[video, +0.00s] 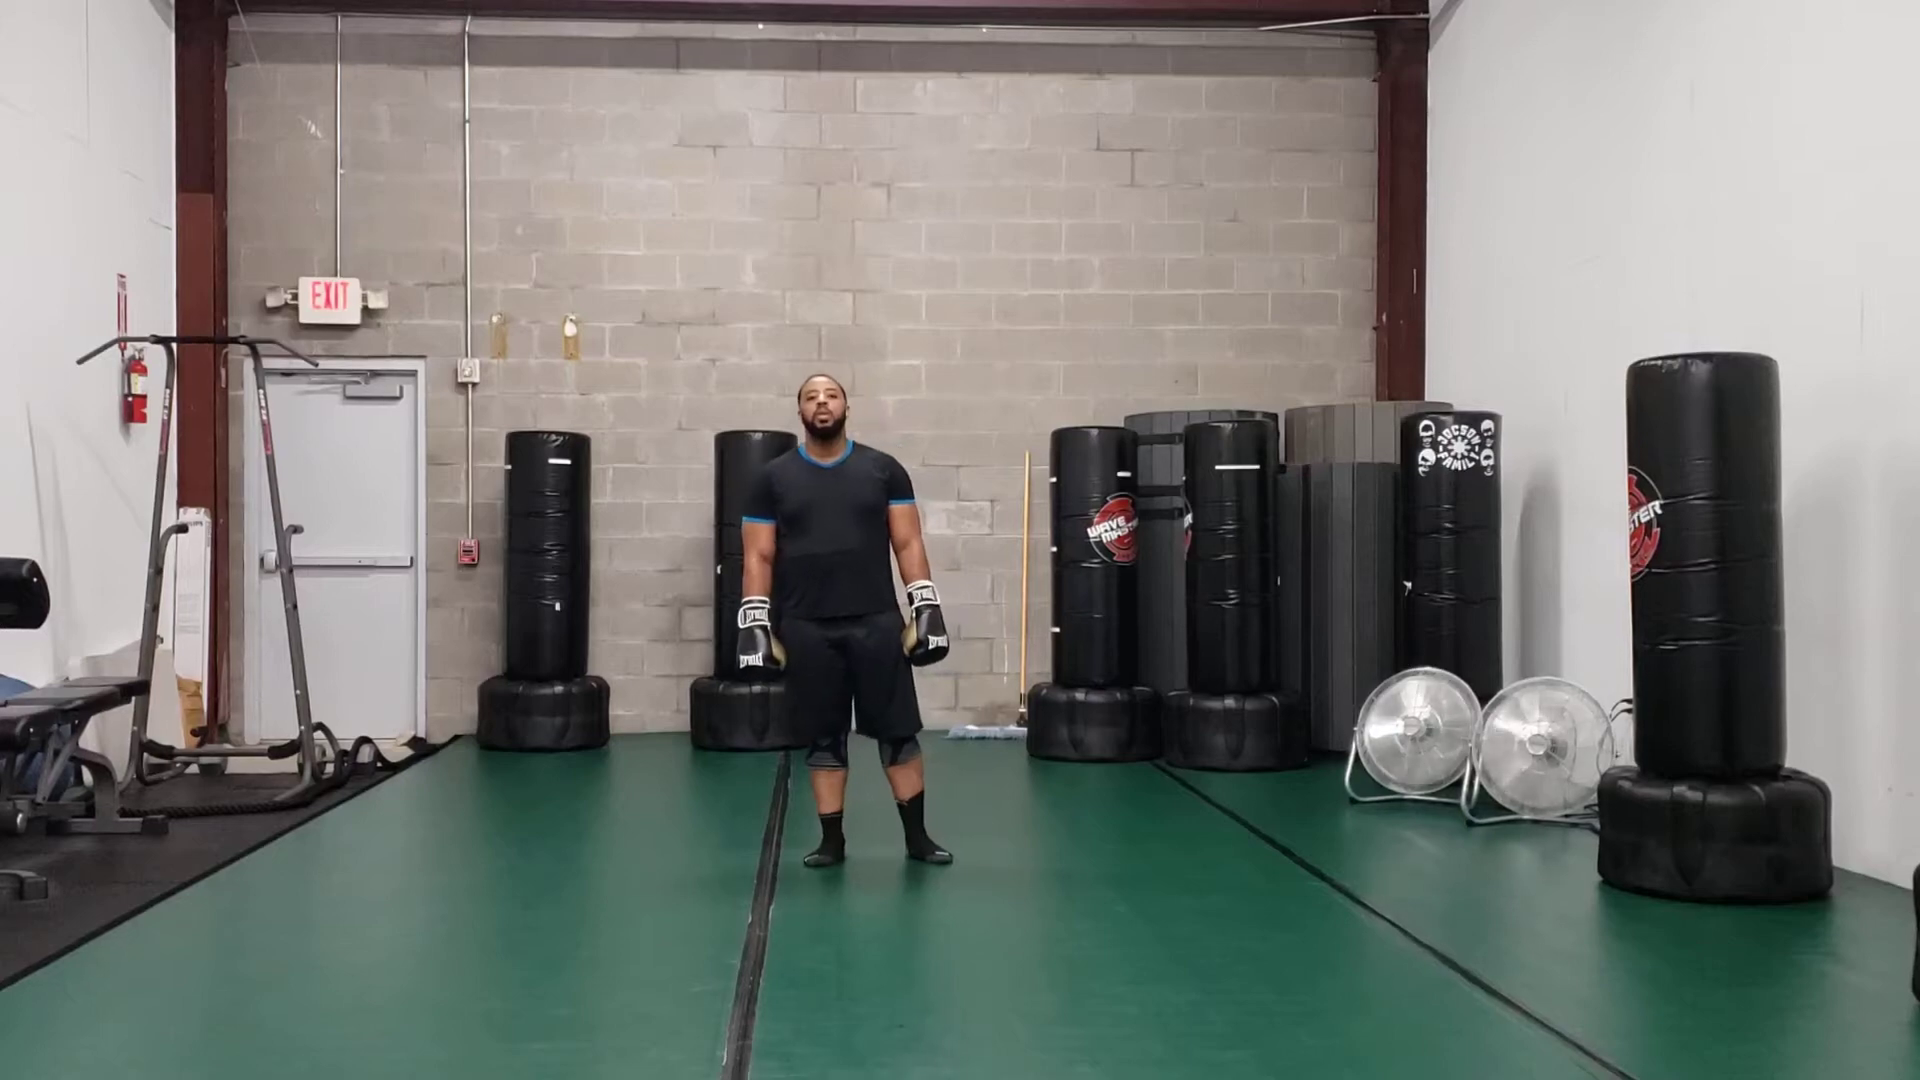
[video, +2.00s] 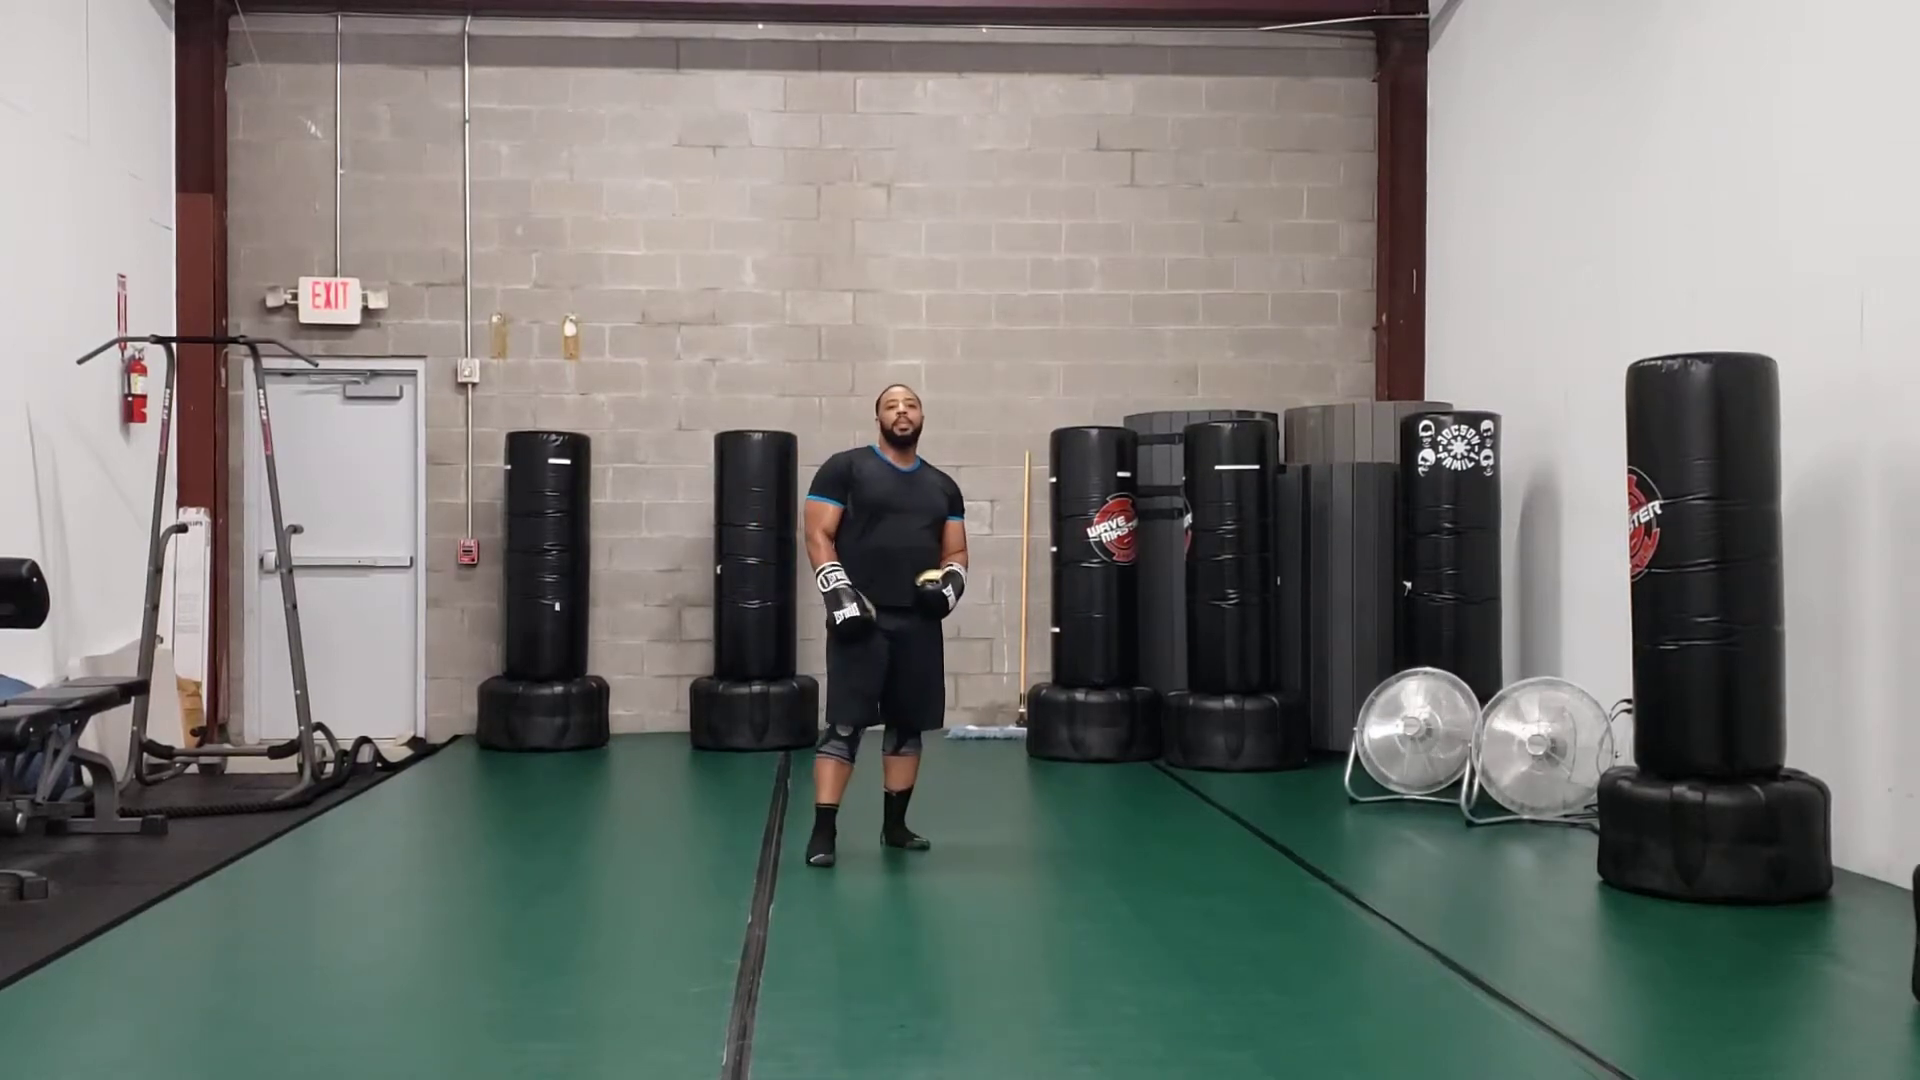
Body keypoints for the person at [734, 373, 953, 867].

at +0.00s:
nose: (822, 403)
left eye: (831, 396)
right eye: (812, 398)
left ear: (846, 408)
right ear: (800, 414)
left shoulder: (883, 470)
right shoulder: (774, 478)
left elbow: (908, 544)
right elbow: (758, 557)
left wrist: (926, 607)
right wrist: (754, 624)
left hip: (876, 625)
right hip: (806, 630)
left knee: (899, 735)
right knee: (823, 741)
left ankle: (917, 839)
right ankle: (831, 842)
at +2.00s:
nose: (902, 412)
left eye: (910, 405)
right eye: (892, 406)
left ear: (922, 419)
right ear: (879, 421)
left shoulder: (943, 487)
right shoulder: (845, 468)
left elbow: (955, 551)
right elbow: (817, 533)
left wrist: (951, 582)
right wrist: (836, 588)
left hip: (918, 621)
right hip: (858, 617)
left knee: (907, 726)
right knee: (845, 724)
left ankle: (895, 826)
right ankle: (824, 832)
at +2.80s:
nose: (813, 408)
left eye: (821, 401)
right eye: (803, 402)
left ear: (835, 413)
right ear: (790, 418)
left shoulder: (868, 474)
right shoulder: (762, 473)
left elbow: (887, 540)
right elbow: (733, 542)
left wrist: (873, 572)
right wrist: (777, 576)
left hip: (853, 616)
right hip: (787, 620)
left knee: (873, 723)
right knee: (789, 729)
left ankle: (892, 825)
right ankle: (788, 832)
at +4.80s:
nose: (833, 435)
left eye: (845, 427)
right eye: (824, 423)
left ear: (858, 425)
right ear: (808, 415)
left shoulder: (886, 479)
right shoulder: (769, 473)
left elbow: (908, 548)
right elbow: (740, 542)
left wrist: (887, 587)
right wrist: (763, 552)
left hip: (860, 633)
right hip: (789, 632)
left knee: (868, 744)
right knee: (780, 742)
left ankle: (868, 847)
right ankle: (761, 863)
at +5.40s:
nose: (768, 420)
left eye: (778, 411)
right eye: (757, 408)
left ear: (789, 409)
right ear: (735, 401)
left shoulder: (817, 468)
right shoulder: (690, 468)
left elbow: (843, 548)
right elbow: (658, 544)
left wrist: (862, 616)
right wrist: (696, 549)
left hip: (796, 629)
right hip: (726, 634)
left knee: (792, 750)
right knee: (741, 758)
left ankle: (790, 879)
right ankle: (754, 875)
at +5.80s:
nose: (753, 410)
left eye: (767, 401)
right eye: (745, 396)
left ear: (781, 406)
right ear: (726, 390)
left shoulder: (806, 472)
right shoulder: (675, 460)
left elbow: (824, 561)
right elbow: (651, 543)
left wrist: (836, 637)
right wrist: (638, 615)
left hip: (770, 642)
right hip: (691, 641)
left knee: (763, 772)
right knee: (690, 771)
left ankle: (749, 898)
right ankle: (749, 845)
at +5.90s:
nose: (747, 407)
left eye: (761, 399)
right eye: (739, 393)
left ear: (775, 402)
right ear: (719, 386)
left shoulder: (801, 469)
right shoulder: (669, 461)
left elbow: (821, 560)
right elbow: (640, 551)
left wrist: (827, 639)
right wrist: (608, 624)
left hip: (765, 648)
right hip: (682, 644)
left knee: (762, 777)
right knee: (660, 762)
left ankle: (751, 899)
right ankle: (719, 850)